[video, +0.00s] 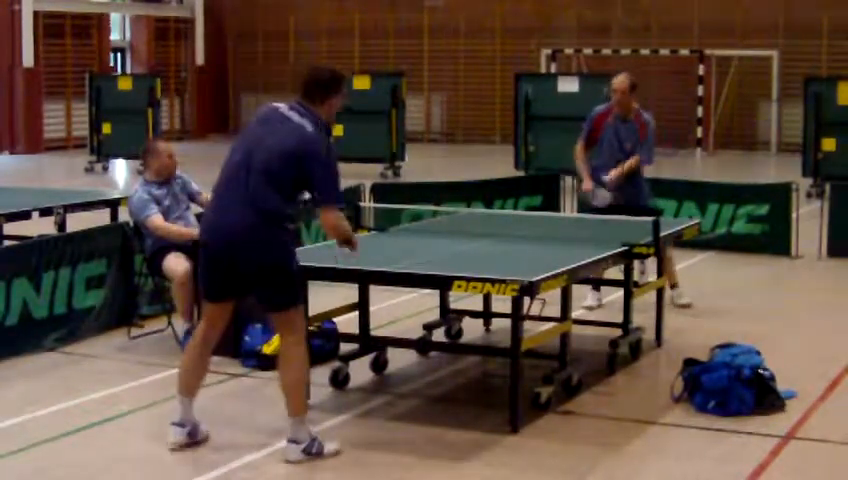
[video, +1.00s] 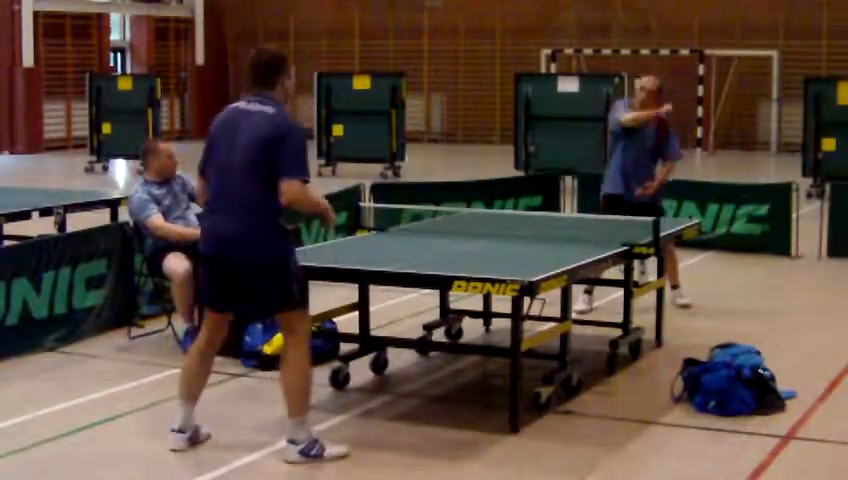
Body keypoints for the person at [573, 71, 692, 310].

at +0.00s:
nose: (616, 97)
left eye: (621, 93)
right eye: (613, 92)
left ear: (631, 94)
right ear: (610, 93)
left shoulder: (644, 121)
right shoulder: (599, 115)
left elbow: (641, 156)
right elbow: (580, 147)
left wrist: (619, 171)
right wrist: (586, 178)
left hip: (632, 185)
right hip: (601, 185)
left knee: (657, 235)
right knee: (597, 238)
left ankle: (674, 287)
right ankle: (594, 290)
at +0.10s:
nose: (622, 94)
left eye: (627, 89)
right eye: (620, 88)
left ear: (637, 91)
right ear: (615, 89)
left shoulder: (648, 114)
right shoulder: (604, 112)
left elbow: (642, 138)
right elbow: (587, 146)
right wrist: (595, 174)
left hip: (638, 185)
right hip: (608, 185)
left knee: (658, 237)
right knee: (599, 239)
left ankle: (674, 287)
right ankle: (594, 289)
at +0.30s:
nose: (639, 82)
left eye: (644, 77)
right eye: (636, 77)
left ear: (651, 81)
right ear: (629, 80)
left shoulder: (659, 106)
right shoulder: (617, 105)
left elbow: (656, 123)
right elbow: (603, 129)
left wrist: (638, 107)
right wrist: (611, 149)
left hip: (650, 181)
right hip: (620, 181)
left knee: (666, 235)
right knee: (608, 235)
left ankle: (675, 287)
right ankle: (596, 289)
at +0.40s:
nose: (643, 77)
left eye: (649, 72)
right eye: (640, 72)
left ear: (657, 78)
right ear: (635, 76)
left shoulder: (666, 105)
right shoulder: (622, 101)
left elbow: (675, 135)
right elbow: (611, 123)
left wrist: (657, 134)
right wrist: (626, 134)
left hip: (656, 184)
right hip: (625, 182)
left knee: (668, 237)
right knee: (609, 235)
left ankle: (675, 287)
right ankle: (596, 289)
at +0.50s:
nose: (645, 76)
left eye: (651, 72)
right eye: (643, 71)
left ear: (661, 79)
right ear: (638, 76)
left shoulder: (669, 106)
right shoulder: (627, 99)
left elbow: (682, 142)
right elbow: (618, 110)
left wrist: (665, 149)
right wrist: (633, 113)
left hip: (657, 183)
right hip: (626, 180)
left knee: (669, 236)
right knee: (611, 235)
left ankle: (676, 288)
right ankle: (596, 289)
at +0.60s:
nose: (648, 76)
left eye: (654, 72)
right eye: (646, 71)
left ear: (664, 78)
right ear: (640, 75)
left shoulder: (672, 106)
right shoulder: (631, 98)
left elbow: (686, 143)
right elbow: (625, 103)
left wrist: (673, 162)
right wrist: (655, 97)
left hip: (658, 180)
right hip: (627, 177)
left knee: (669, 236)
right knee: (612, 234)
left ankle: (676, 287)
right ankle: (597, 289)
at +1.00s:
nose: (644, 95)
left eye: (649, 92)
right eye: (641, 90)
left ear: (658, 96)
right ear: (634, 90)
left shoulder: (660, 121)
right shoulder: (622, 107)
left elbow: (670, 159)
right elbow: (625, 120)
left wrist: (655, 183)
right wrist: (658, 113)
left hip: (646, 191)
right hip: (616, 188)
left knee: (665, 241)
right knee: (603, 243)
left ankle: (676, 289)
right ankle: (587, 292)